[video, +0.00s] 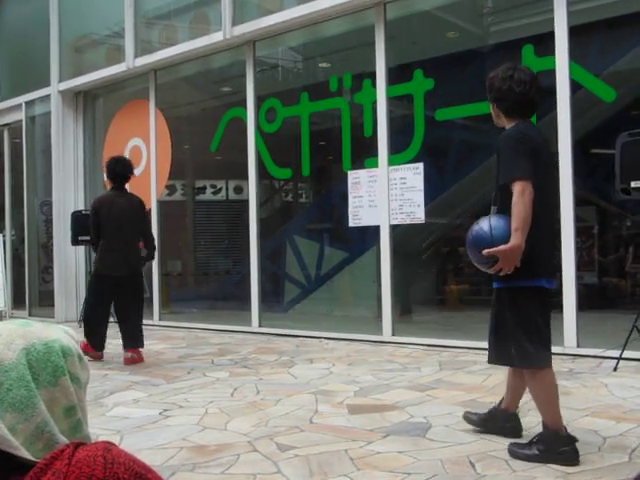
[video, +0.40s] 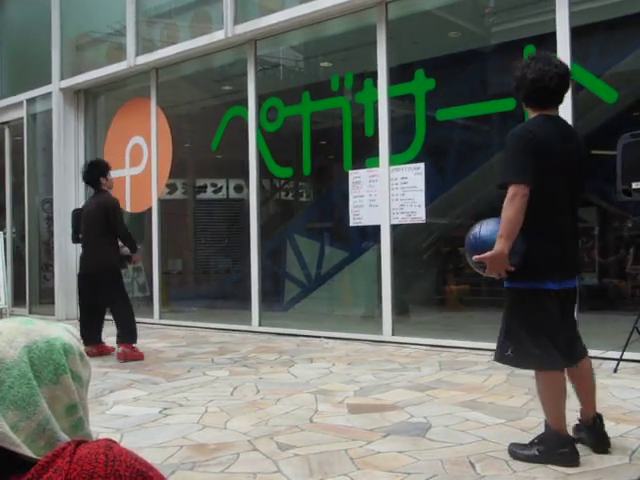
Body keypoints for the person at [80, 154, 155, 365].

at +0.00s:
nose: (104, 176)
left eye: (106, 173)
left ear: (108, 176)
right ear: (129, 177)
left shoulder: (99, 203)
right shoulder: (137, 203)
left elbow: (95, 236)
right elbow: (147, 234)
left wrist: (102, 252)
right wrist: (148, 254)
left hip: (106, 266)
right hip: (131, 265)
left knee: (96, 306)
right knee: (130, 307)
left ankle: (94, 347)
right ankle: (132, 349)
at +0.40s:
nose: (112, 179)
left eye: (111, 175)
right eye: (109, 176)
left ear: (93, 182)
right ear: (103, 180)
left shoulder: (87, 205)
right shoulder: (110, 202)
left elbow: (88, 238)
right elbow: (120, 230)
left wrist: (116, 250)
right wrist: (134, 249)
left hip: (88, 265)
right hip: (107, 264)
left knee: (92, 305)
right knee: (121, 304)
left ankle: (92, 343)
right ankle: (126, 344)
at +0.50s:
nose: (108, 179)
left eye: (106, 175)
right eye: (104, 175)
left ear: (91, 182)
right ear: (95, 180)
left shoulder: (87, 204)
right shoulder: (103, 201)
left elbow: (95, 238)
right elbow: (112, 231)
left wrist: (123, 248)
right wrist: (129, 251)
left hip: (84, 263)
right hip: (99, 263)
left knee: (91, 303)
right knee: (114, 303)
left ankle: (93, 344)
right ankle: (113, 345)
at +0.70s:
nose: (103, 181)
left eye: (102, 178)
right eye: (99, 178)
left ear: (88, 181)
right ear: (88, 180)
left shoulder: (83, 200)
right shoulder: (88, 200)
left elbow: (91, 232)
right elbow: (94, 229)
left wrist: (106, 253)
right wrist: (107, 250)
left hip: (81, 261)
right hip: (85, 261)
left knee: (87, 305)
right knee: (92, 304)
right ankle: (92, 344)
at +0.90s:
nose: (97, 190)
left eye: (99, 186)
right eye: (95, 185)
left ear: (89, 184)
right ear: (83, 182)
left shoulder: (84, 207)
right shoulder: (71, 204)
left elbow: (87, 238)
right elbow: (76, 234)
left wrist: (96, 268)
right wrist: (92, 252)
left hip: (80, 263)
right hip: (72, 263)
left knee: (65, 306)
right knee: (89, 304)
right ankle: (93, 344)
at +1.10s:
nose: (86, 202)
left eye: (88, 199)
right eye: (85, 198)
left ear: (79, 193)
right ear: (76, 191)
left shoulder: (78, 210)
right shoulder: (57, 207)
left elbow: (83, 240)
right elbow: (60, 237)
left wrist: (87, 266)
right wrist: (75, 258)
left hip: (74, 264)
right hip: (56, 264)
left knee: (83, 302)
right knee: (56, 306)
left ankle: (91, 339)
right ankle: (49, 343)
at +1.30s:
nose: (74, 214)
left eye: (77, 212)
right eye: (72, 210)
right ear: (64, 203)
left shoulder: (73, 214)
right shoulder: (47, 212)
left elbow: (73, 244)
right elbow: (44, 245)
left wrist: (73, 270)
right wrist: (54, 268)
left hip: (66, 273)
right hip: (47, 273)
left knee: (74, 313)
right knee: (51, 316)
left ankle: (83, 345)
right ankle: (53, 351)